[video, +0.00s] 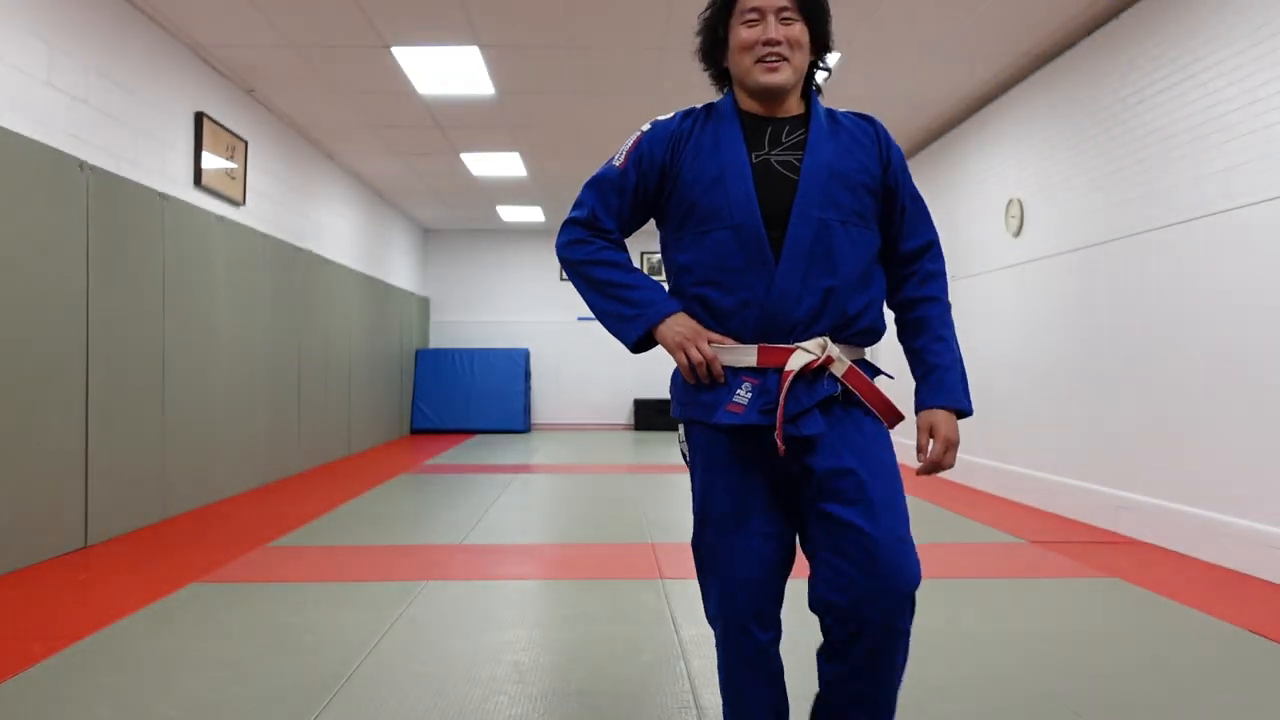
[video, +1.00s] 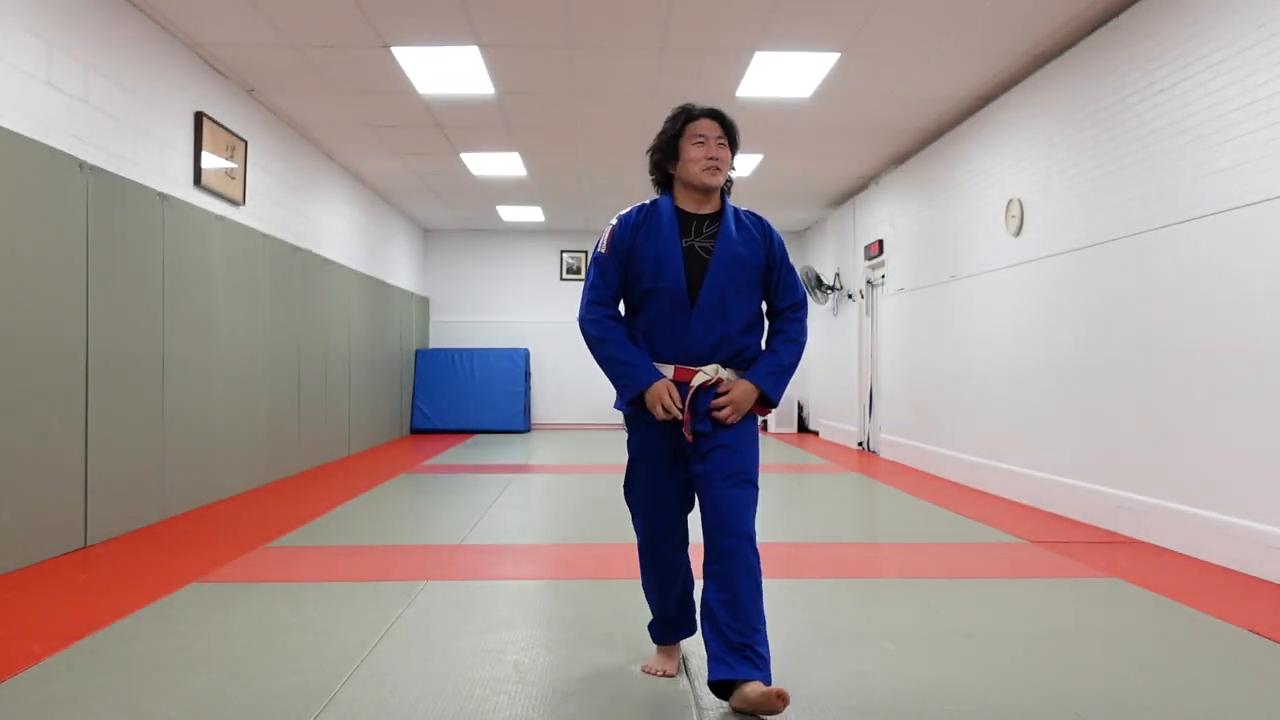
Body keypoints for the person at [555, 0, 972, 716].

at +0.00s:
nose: (771, 31)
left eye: (789, 17)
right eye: (750, 18)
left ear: (815, 39)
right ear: (721, 43)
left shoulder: (866, 143)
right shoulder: (675, 143)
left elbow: (919, 271)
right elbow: (583, 237)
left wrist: (941, 393)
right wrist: (659, 317)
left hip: (842, 403)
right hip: (726, 409)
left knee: (883, 587)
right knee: (742, 616)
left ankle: (848, 714)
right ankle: (756, 719)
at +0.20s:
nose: (754, 74)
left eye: (772, 60)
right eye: (737, 61)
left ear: (795, 82)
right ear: (712, 83)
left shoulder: (844, 172)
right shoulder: (672, 177)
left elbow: (902, 278)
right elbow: (594, 262)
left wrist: (923, 380)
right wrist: (652, 330)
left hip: (819, 406)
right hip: (717, 408)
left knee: (825, 567)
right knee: (733, 592)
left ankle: (789, 673)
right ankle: (745, 712)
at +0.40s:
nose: (754, 106)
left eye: (771, 94)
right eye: (738, 93)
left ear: (790, 115)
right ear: (714, 112)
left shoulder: (829, 200)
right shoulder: (672, 198)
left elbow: (881, 296)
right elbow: (607, 278)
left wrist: (894, 394)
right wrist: (653, 348)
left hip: (802, 408)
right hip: (711, 408)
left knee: (778, 569)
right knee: (730, 572)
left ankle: (740, 689)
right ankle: (750, 710)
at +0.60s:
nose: (750, 112)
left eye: (764, 101)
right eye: (736, 99)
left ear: (783, 118)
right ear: (710, 116)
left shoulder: (815, 201)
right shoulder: (667, 194)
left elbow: (855, 295)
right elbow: (609, 276)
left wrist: (836, 385)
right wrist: (653, 344)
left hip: (781, 403)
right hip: (695, 401)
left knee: (767, 556)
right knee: (684, 546)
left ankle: (752, 702)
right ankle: (690, 692)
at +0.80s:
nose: (741, 129)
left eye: (752, 121)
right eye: (727, 117)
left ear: (765, 140)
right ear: (699, 132)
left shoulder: (791, 217)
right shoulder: (654, 207)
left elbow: (827, 302)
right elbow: (605, 295)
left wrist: (803, 377)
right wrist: (653, 371)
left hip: (760, 403)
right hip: (677, 400)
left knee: (760, 554)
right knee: (662, 532)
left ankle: (752, 703)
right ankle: (660, 623)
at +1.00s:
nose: (713, 150)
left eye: (722, 142)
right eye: (699, 141)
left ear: (732, 159)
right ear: (671, 156)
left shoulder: (758, 234)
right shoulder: (633, 228)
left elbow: (791, 316)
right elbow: (595, 314)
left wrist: (758, 383)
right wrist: (643, 378)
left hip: (731, 406)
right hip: (656, 405)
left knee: (734, 535)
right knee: (658, 531)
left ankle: (742, 675)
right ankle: (668, 635)